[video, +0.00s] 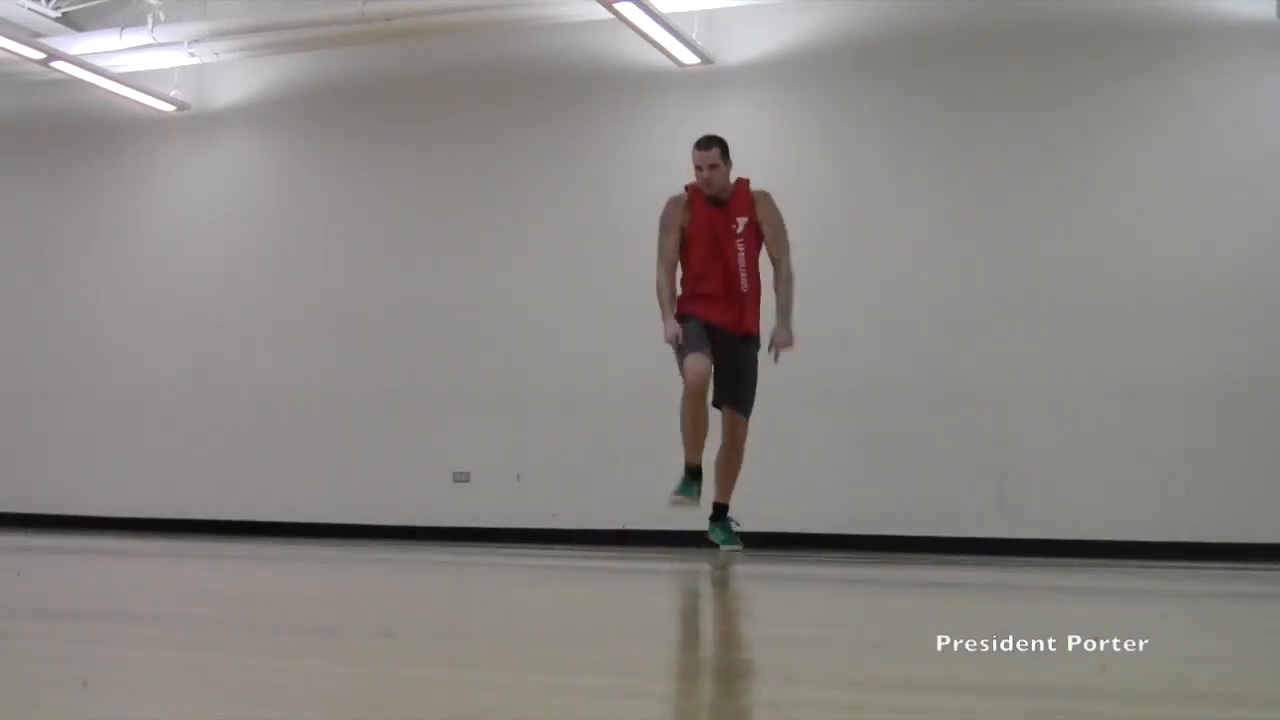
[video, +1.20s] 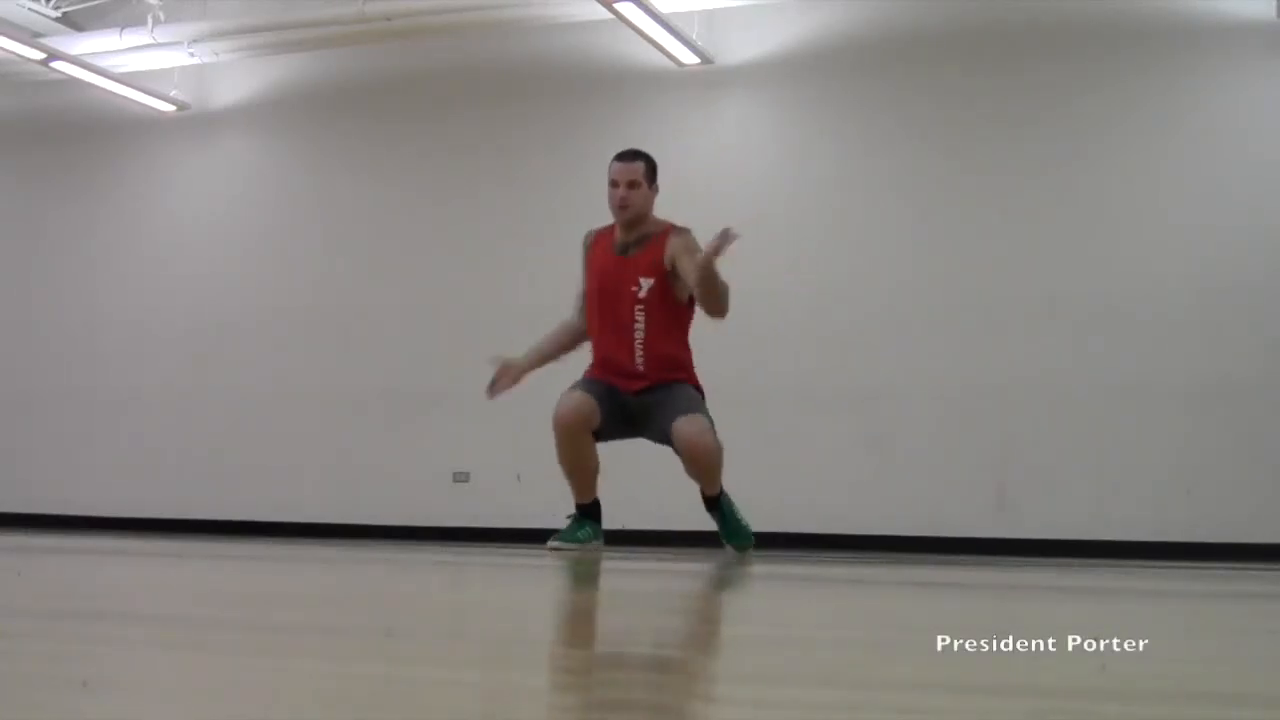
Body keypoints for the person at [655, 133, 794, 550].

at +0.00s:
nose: (705, 175)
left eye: (713, 167)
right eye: (700, 168)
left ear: (729, 166)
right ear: (692, 170)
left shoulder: (758, 203)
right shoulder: (679, 208)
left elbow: (782, 264)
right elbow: (666, 268)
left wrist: (783, 324)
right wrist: (669, 317)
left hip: (741, 325)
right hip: (695, 319)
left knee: (735, 426)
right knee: (696, 374)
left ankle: (720, 516)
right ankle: (691, 474)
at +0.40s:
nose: (693, 166)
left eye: (701, 158)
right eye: (687, 158)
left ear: (718, 161)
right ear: (678, 162)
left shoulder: (745, 206)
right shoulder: (660, 210)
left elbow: (765, 260)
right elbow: (654, 261)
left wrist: (775, 295)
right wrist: (647, 285)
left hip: (741, 337)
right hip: (689, 334)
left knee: (748, 434)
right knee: (691, 418)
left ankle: (724, 489)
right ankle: (695, 521)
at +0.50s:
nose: (693, 162)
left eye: (701, 154)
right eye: (686, 155)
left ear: (719, 156)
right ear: (680, 159)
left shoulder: (749, 206)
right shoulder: (663, 205)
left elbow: (759, 269)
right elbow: (627, 257)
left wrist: (762, 252)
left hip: (732, 332)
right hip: (679, 334)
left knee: (737, 407)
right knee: (679, 424)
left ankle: (733, 505)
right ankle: (694, 523)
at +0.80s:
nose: (692, 145)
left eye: (701, 136)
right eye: (684, 137)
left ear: (718, 140)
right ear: (676, 141)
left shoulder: (744, 196)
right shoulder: (655, 188)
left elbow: (773, 268)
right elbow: (628, 255)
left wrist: (816, 274)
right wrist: (578, 243)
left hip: (715, 325)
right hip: (659, 330)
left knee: (709, 402)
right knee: (611, 418)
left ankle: (731, 519)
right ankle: (680, 496)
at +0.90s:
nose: (674, 155)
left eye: (684, 146)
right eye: (667, 146)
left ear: (702, 150)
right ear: (659, 150)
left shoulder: (728, 206)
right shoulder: (641, 196)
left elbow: (758, 288)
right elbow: (593, 253)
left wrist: (766, 268)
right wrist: (526, 251)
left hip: (720, 336)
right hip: (667, 340)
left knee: (705, 409)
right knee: (595, 389)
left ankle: (732, 522)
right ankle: (623, 511)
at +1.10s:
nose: (631, 188)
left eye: (642, 179)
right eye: (624, 179)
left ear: (661, 185)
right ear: (616, 183)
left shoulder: (679, 232)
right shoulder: (616, 238)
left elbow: (715, 272)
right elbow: (626, 315)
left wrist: (752, 265)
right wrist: (577, 314)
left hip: (680, 375)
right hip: (629, 369)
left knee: (687, 451)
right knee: (578, 394)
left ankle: (722, 516)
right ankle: (586, 521)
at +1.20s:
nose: (621, 194)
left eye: (633, 185)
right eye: (614, 185)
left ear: (653, 192)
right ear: (607, 191)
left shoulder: (676, 242)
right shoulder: (596, 243)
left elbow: (717, 308)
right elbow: (583, 323)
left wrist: (706, 266)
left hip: (669, 386)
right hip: (608, 386)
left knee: (699, 442)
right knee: (569, 415)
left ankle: (716, 502)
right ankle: (587, 521)